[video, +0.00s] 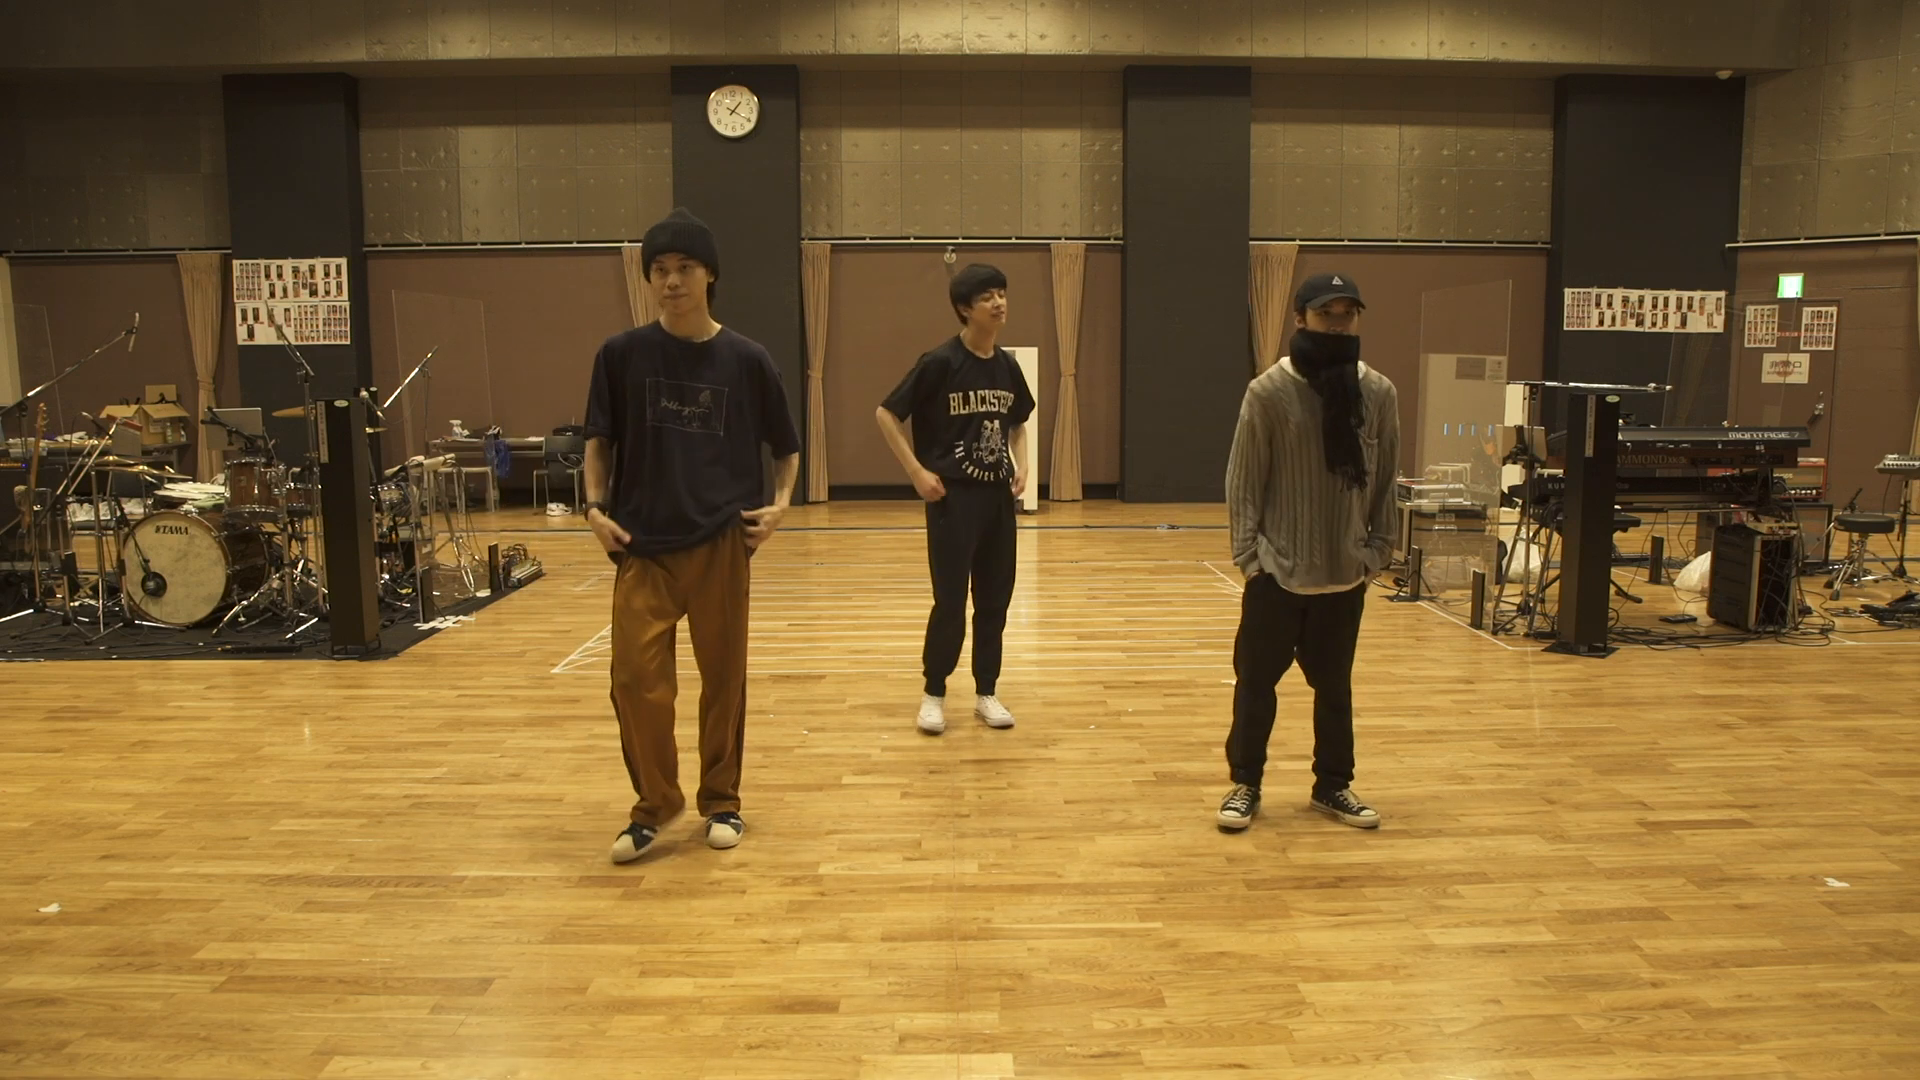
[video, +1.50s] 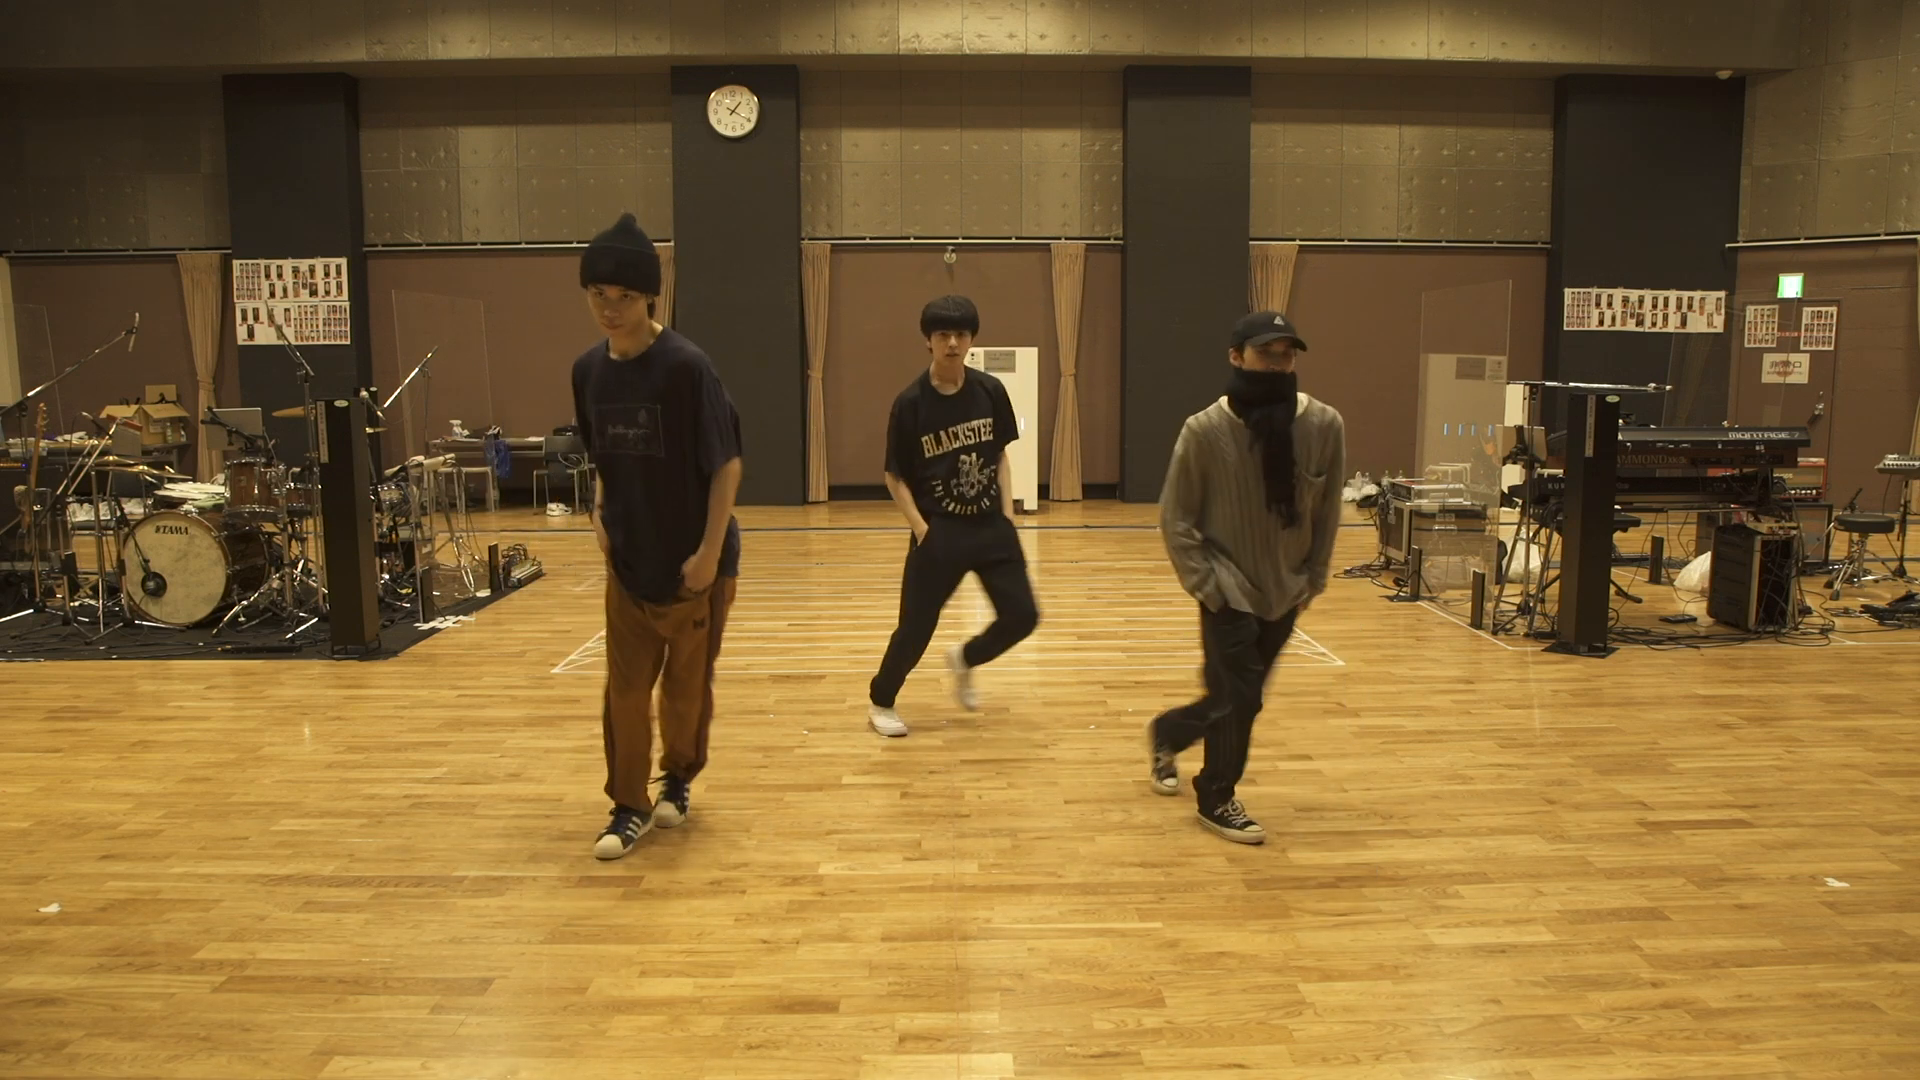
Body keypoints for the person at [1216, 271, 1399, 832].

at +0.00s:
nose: (1341, 323)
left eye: (1350, 313)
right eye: (1329, 313)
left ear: (1359, 320)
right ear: (1301, 319)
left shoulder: (1378, 392)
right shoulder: (1269, 391)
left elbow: (1386, 480)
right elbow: (1242, 481)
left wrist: (1374, 553)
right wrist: (1249, 559)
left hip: (1343, 572)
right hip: (1275, 570)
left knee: (1335, 687)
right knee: (1255, 684)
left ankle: (1333, 788)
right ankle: (1244, 786)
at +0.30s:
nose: (1303, 337)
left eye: (1313, 327)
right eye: (1291, 326)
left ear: (1325, 332)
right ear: (1266, 328)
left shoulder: (1340, 402)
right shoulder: (1226, 393)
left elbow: (1352, 489)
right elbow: (1209, 481)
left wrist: (1342, 563)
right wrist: (1211, 558)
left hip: (1311, 571)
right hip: (1239, 573)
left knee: (1327, 672)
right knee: (1243, 691)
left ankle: (1355, 719)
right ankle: (1257, 790)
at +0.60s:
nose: (1263, 380)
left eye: (1275, 371)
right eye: (1253, 367)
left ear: (1294, 371)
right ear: (1235, 362)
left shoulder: (1308, 431)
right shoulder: (1226, 415)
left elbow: (1353, 512)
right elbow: (1235, 503)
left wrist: (1298, 569)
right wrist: (1231, 575)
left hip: (1287, 590)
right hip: (1244, 587)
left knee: (1272, 714)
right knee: (1212, 692)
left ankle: (1331, 857)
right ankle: (1277, 803)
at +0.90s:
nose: (1251, 350)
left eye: (1265, 340)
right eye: (1241, 336)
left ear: (1281, 340)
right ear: (1222, 329)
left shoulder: (1306, 388)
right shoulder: (1186, 397)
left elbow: (1350, 463)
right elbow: (1178, 480)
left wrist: (1301, 522)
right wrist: (1193, 547)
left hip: (1283, 534)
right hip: (1215, 544)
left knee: (1261, 600)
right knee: (1195, 677)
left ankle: (1313, 722)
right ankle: (1261, 772)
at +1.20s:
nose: (1253, 347)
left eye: (1262, 337)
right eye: (1241, 336)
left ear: (1276, 335)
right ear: (1214, 329)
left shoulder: (1297, 387)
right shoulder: (1177, 397)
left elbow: (1307, 480)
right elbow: (1152, 488)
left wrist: (1297, 558)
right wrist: (1173, 540)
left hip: (1264, 566)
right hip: (1195, 565)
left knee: (1250, 680)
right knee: (1196, 678)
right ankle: (1201, 780)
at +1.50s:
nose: (1281, 362)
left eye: (1289, 352)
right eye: (1268, 352)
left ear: (1297, 359)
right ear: (1237, 357)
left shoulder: (1322, 425)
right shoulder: (1204, 432)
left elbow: (1328, 512)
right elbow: (1176, 521)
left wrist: (1312, 579)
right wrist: (1210, 586)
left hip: (1286, 590)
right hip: (1228, 590)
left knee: (1244, 698)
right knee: (1239, 698)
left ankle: (1167, 734)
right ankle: (1216, 798)